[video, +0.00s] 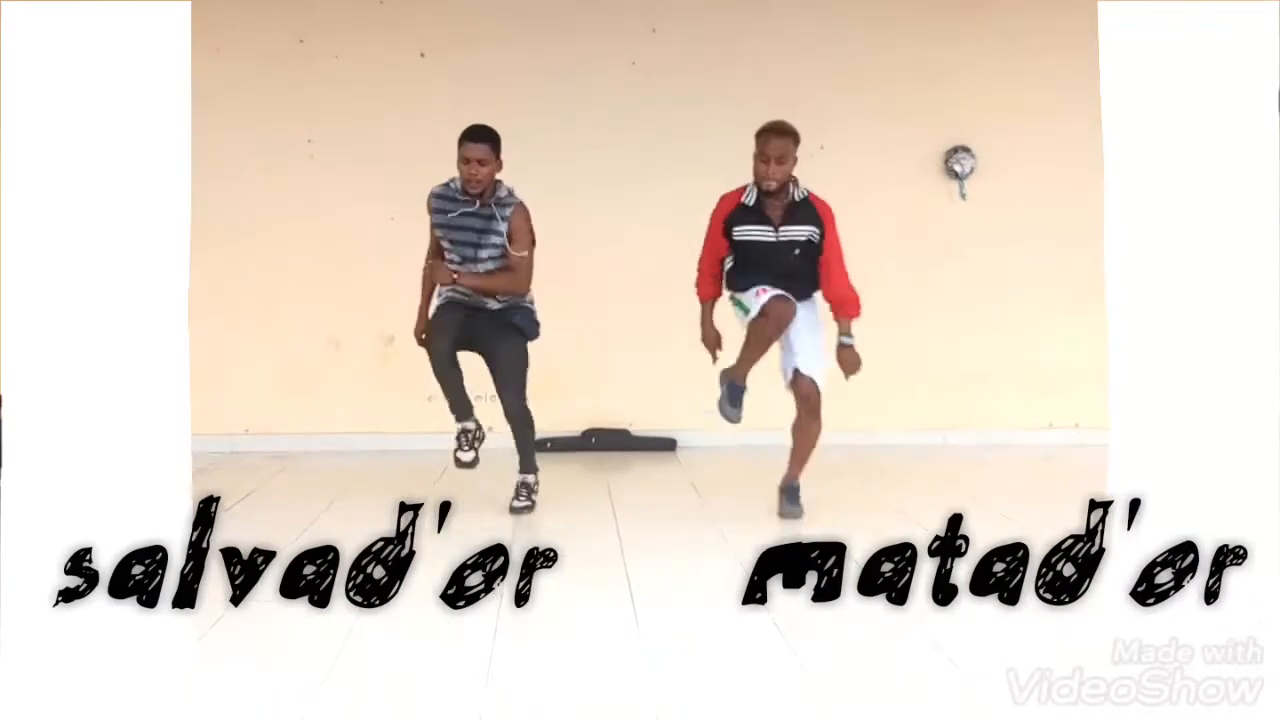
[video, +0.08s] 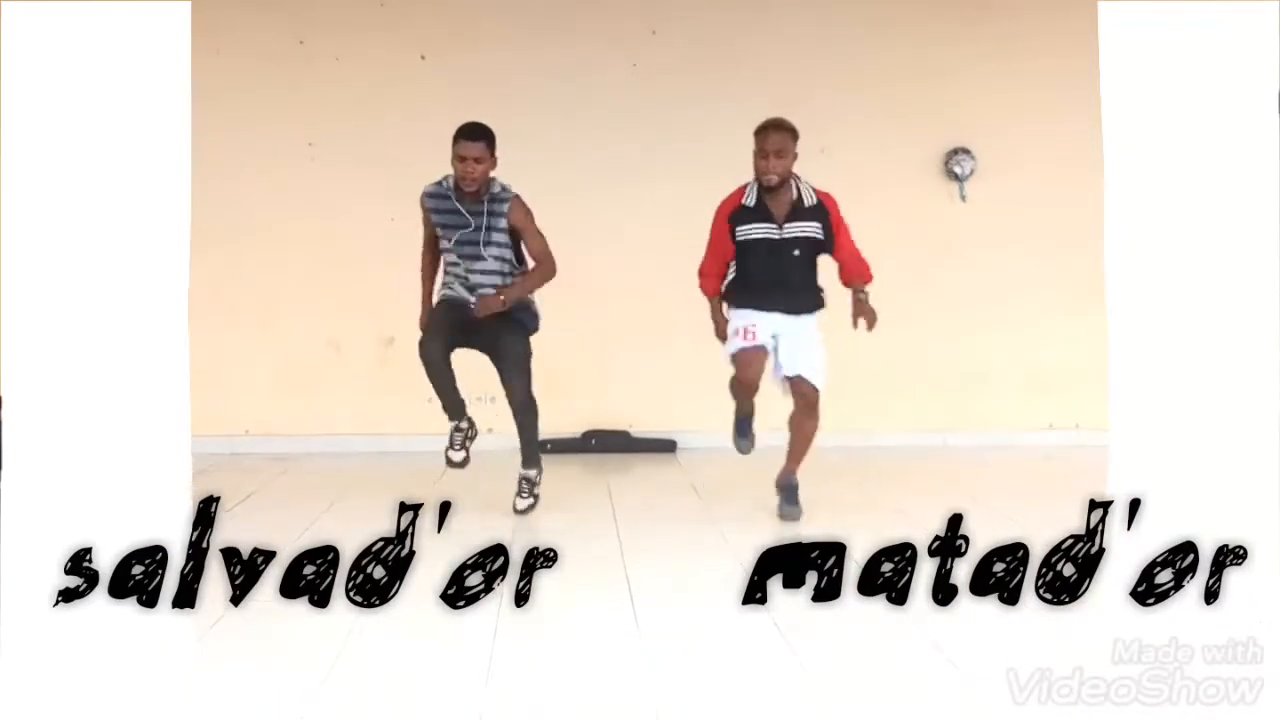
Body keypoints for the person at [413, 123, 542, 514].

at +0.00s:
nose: (473, 170)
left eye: (482, 163)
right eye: (467, 162)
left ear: (498, 165)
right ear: (458, 162)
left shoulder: (514, 211)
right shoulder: (440, 200)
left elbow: (521, 283)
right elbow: (434, 255)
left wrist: (461, 278)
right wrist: (423, 312)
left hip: (503, 311)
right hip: (457, 304)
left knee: (512, 400)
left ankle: (528, 474)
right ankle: (467, 424)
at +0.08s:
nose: (469, 169)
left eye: (478, 161)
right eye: (462, 160)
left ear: (493, 161)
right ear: (451, 158)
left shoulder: (510, 206)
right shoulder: (433, 199)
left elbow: (546, 266)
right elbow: (431, 249)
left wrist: (505, 297)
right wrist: (427, 305)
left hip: (503, 307)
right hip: (456, 303)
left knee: (516, 384)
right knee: (430, 347)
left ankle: (530, 468)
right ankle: (460, 424)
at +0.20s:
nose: (469, 169)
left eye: (478, 161)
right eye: (462, 160)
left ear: (493, 163)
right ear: (451, 159)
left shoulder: (512, 205)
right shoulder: (430, 202)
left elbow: (569, 245)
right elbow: (422, 252)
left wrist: (579, 300)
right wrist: (404, 308)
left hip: (504, 319)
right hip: (453, 324)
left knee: (519, 395)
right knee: (451, 405)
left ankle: (536, 482)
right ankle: (454, 486)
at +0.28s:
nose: (474, 171)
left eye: (483, 164)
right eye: (467, 162)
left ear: (496, 164)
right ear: (454, 161)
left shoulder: (513, 203)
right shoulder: (430, 206)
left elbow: (574, 226)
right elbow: (411, 252)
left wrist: (592, 275)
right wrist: (389, 304)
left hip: (504, 326)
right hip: (454, 333)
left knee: (518, 398)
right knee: (458, 410)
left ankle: (529, 482)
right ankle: (458, 487)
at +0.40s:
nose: (482, 158)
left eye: (492, 151)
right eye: (475, 149)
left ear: (505, 153)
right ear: (464, 147)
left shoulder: (520, 198)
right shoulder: (440, 190)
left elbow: (544, 262)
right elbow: (430, 247)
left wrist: (497, 295)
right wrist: (420, 307)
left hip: (503, 309)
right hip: (454, 310)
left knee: (507, 392)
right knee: (446, 383)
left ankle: (495, 493)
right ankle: (503, 432)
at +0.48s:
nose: (491, 167)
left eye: (501, 160)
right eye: (484, 158)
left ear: (515, 162)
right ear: (473, 156)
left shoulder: (529, 210)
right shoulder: (452, 198)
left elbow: (537, 278)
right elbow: (448, 253)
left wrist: (475, 278)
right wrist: (432, 307)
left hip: (507, 315)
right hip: (457, 310)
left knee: (509, 400)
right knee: (441, 373)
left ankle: (497, 499)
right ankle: (509, 394)